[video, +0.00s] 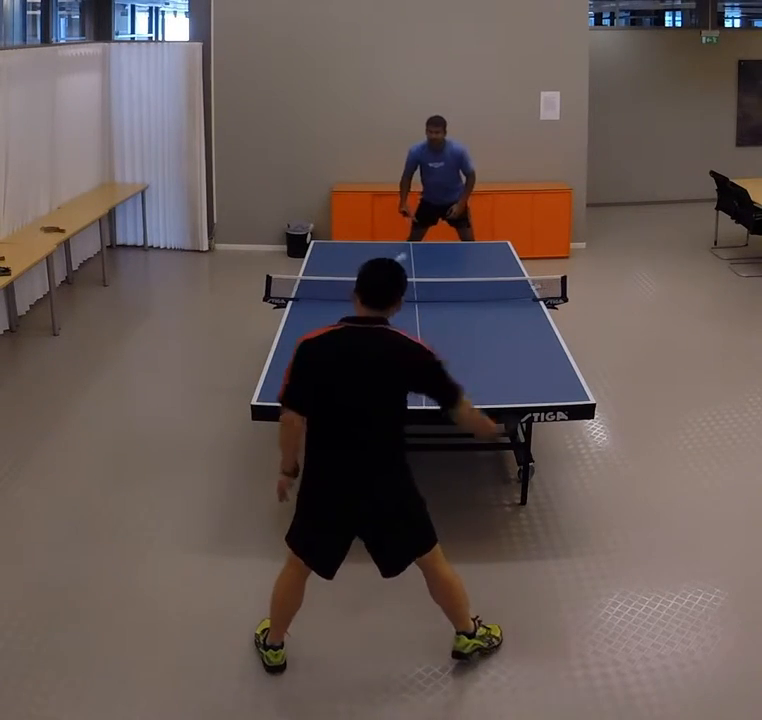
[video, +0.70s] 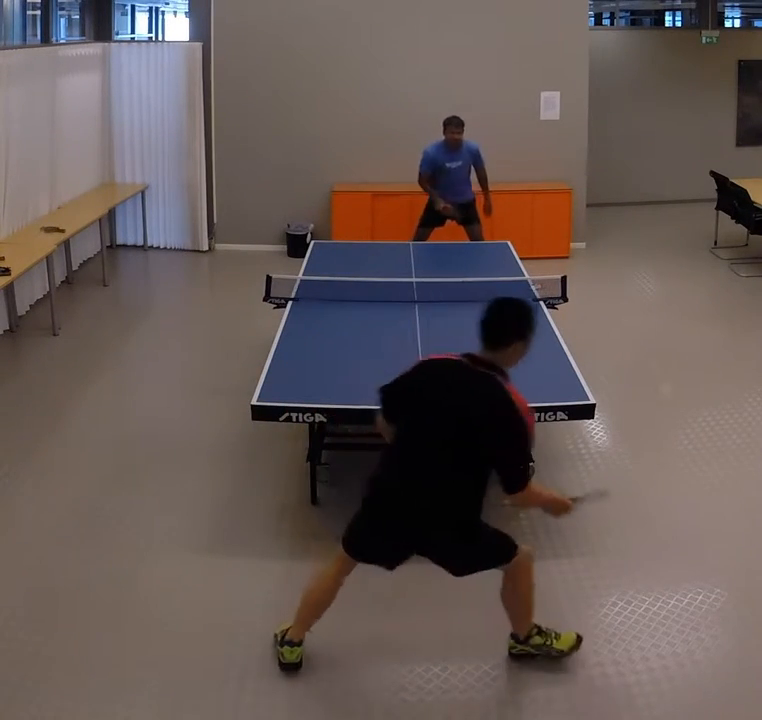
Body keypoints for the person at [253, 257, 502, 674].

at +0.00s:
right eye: (398, 298)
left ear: (355, 295)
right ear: (399, 302)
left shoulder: (313, 346)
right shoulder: (408, 352)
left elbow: (292, 416)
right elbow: (459, 409)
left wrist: (289, 469)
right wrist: (490, 429)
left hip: (326, 484)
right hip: (388, 484)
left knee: (297, 566)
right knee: (432, 563)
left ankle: (273, 643)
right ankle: (468, 635)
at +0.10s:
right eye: (417, 303)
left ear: (375, 297)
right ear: (417, 307)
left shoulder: (328, 345)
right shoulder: (421, 362)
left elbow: (290, 405)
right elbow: (458, 428)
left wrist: (286, 451)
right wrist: (502, 478)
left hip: (331, 486)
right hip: (392, 489)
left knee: (301, 565)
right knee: (437, 566)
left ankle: (273, 643)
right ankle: (468, 642)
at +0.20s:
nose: (449, 319)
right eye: (450, 313)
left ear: (404, 308)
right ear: (446, 319)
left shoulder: (356, 351)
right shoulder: (442, 371)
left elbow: (309, 402)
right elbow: (438, 419)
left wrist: (299, 454)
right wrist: (451, 476)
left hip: (341, 490)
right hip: (400, 495)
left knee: (306, 565)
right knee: (445, 570)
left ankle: (273, 643)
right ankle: (467, 647)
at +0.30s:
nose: (463, 322)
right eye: (464, 317)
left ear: (419, 312)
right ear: (461, 322)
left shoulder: (376, 354)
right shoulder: (457, 375)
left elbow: (331, 409)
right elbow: (446, 432)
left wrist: (327, 457)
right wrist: (454, 504)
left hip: (359, 490)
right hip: (418, 497)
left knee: (316, 566)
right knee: (455, 572)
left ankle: (276, 642)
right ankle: (468, 648)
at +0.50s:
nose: (464, 324)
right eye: (465, 318)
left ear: (420, 315)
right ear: (463, 323)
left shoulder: (379, 359)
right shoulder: (465, 384)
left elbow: (346, 425)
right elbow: (475, 460)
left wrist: (378, 450)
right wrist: (501, 499)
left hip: (364, 493)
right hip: (425, 502)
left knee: (323, 566)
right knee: (463, 565)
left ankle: (289, 647)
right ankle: (475, 646)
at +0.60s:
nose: (483, 338)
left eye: (481, 330)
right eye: (483, 331)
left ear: (437, 326)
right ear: (476, 336)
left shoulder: (393, 368)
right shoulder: (478, 396)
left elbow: (354, 418)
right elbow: (490, 472)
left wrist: (384, 451)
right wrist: (516, 489)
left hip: (369, 503)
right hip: (430, 514)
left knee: (326, 559)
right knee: (487, 563)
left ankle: (291, 645)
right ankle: (496, 645)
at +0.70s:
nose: (527, 348)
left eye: (527, 339)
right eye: (528, 341)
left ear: (482, 332)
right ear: (520, 345)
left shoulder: (434, 367)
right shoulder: (512, 409)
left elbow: (385, 419)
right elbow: (517, 492)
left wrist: (415, 451)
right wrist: (551, 501)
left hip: (386, 509)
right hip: (446, 525)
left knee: (341, 564)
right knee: (518, 557)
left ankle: (291, 641)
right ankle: (524, 636)